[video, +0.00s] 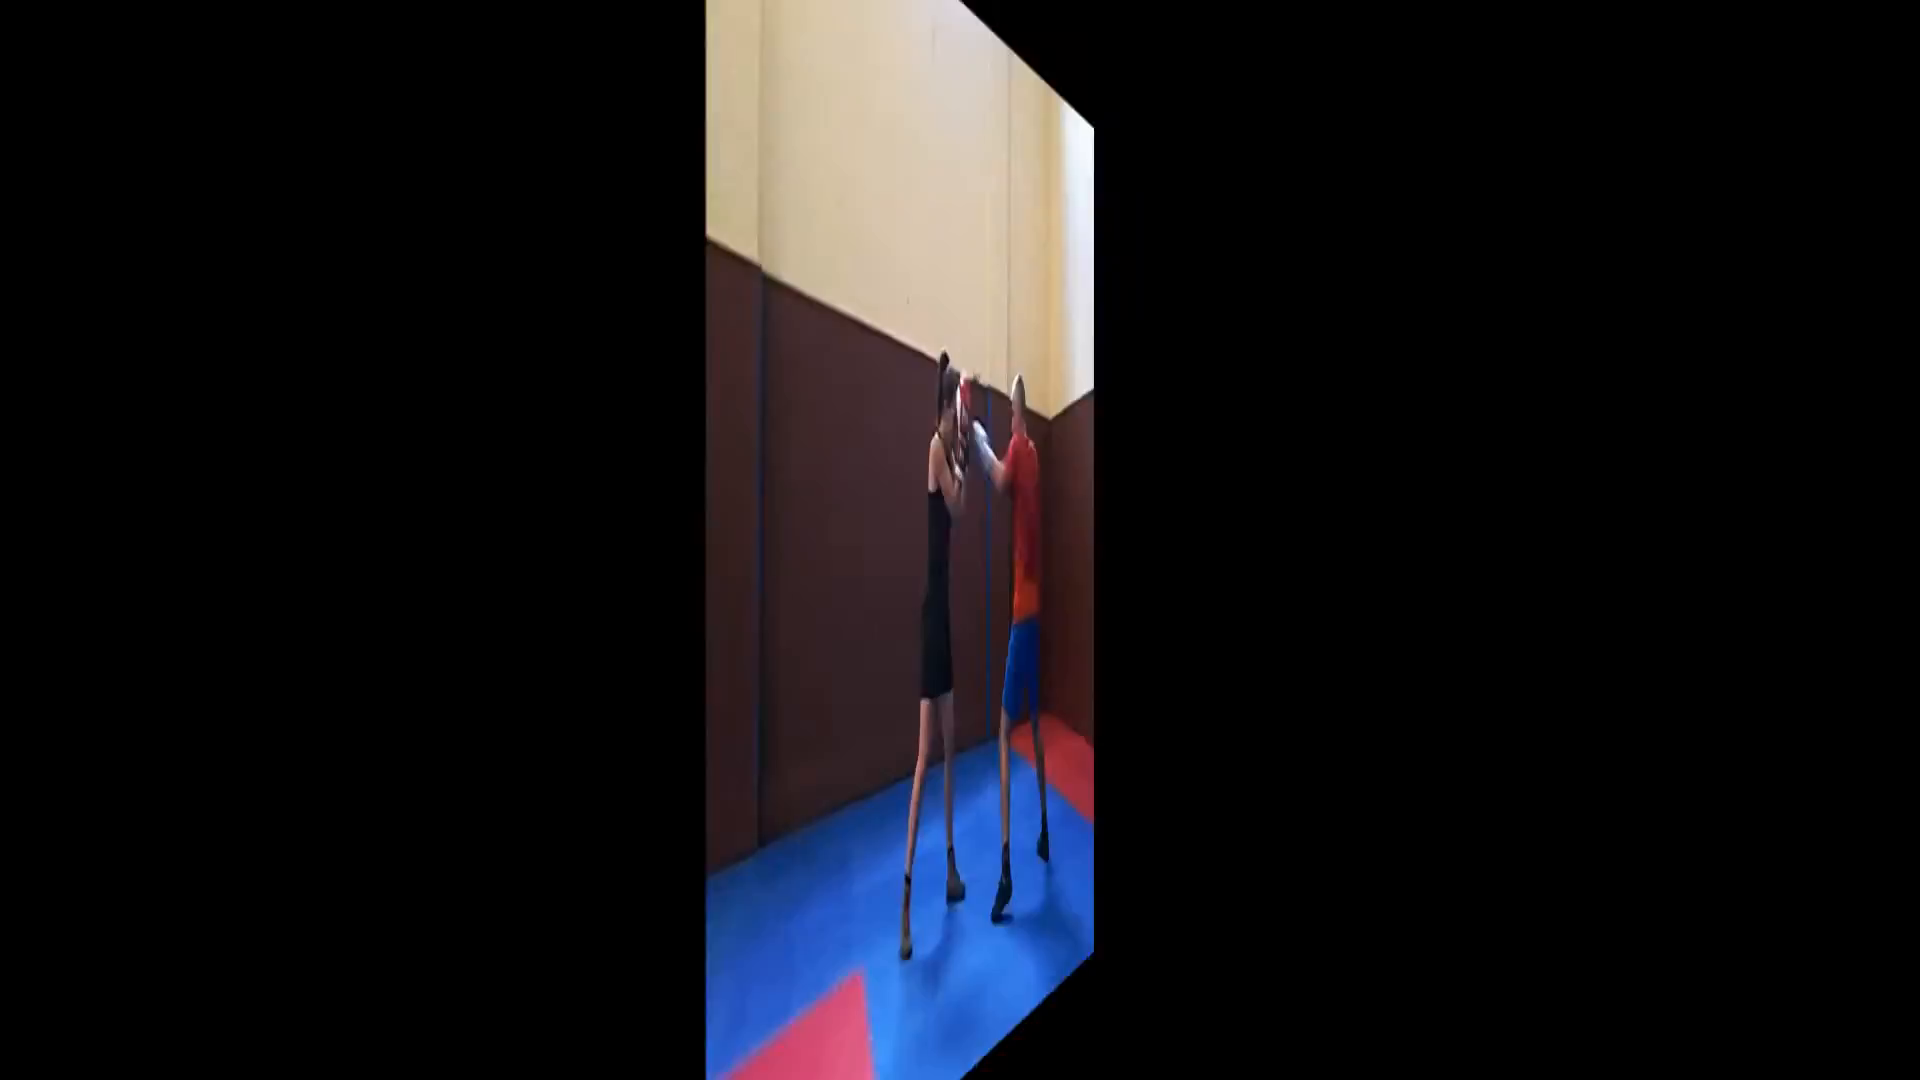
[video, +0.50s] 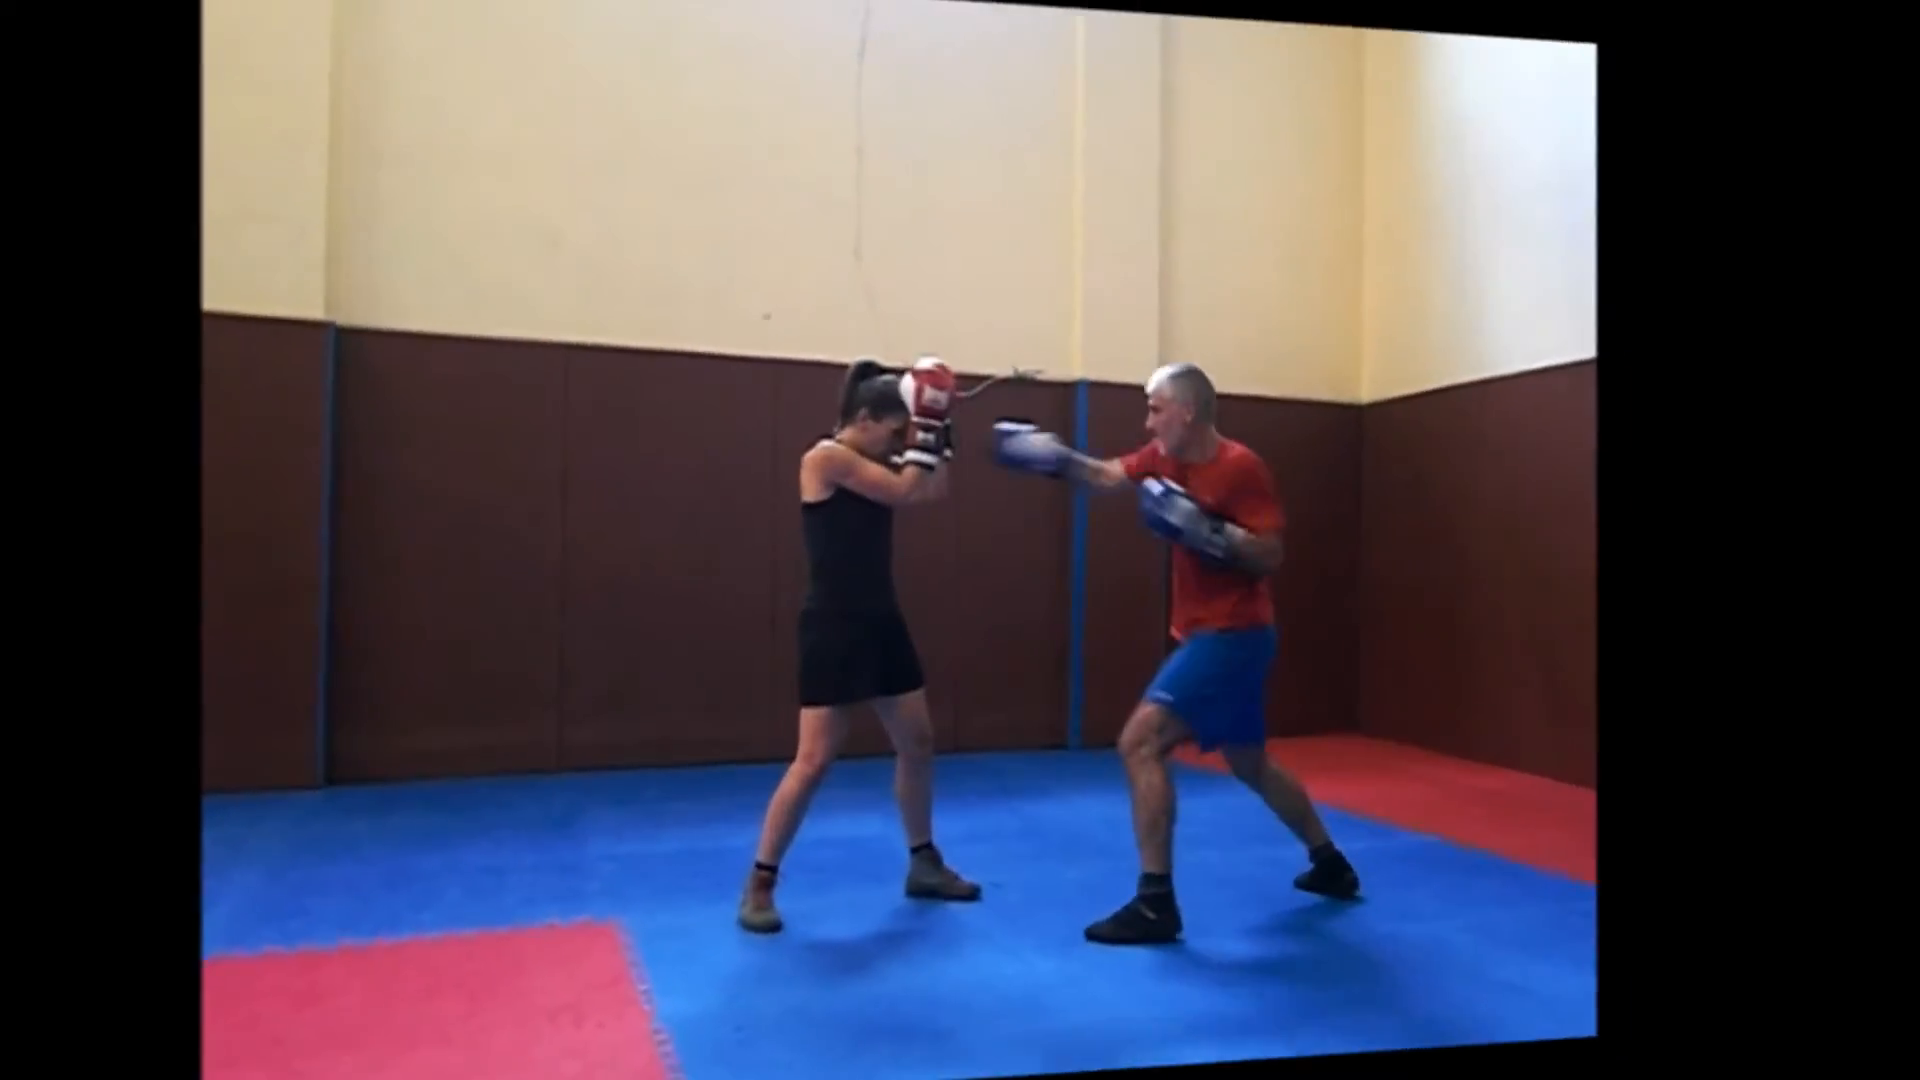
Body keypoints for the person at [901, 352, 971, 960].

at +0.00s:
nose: (966, 418)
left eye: (968, 410)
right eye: (960, 407)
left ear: (969, 424)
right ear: (947, 411)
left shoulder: (966, 460)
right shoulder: (938, 459)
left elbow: (994, 488)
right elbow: (959, 501)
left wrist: (979, 440)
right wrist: (960, 447)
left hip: (949, 619)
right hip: (933, 620)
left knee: (949, 748)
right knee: (925, 753)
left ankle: (949, 857)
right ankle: (908, 867)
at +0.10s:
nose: (952, 425)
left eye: (954, 416)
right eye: (947, 414)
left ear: (942, 419)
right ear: (928, 413)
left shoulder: (932, 456)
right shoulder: (915, 451)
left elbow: (959, 490)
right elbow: (951, 493)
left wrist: (970, 439)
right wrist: (962, 443)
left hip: (924, 619)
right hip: (910, 620)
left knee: (940, 745)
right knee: (895, 755)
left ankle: (944, 866)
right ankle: (864, 890)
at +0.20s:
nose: (935, 432)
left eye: (938, 422)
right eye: (930, 422)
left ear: (924, 418)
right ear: (907, 414)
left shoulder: (911, 457)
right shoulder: (888, 453)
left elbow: (954, 489)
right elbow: (941, 489)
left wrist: (957, 428)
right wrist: (954, 432)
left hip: (912, 618)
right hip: (886, 619)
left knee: (936, 740)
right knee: (865, 759)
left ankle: (938, 864)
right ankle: (827, 892)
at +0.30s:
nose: (921, 434)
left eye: (924, 425)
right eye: (917, 424)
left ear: (908, 419)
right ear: (891, 416)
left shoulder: (893, 458)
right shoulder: (863, 454)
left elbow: (942, 486)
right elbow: (928, 490)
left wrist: (949, 432)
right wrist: (947, 436)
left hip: (899, 620)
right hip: (863, 623)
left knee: (929, 739)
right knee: (841, 762)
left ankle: (931, 865)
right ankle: (796, 893)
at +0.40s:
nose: (908, 437)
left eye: (911, 427)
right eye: (904, 426)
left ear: (892, 421)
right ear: (877, 417)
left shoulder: (878, 460)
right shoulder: (843, 456)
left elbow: (927, 485)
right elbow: (917, 489)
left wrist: (940, 438)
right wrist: (938, 441)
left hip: (887, 622)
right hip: (844, 624)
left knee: (922, 740)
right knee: (822, 762)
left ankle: (928, 865)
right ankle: (773, 889)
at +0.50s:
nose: (898, 439)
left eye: (901, 430)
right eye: (892, 428)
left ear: (885, 424)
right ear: (862, 418)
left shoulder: (868, 463)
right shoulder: (826, 459)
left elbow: (931, 485)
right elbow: (904, 489)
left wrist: (937, 431)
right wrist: (927, 432)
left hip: (879, 623)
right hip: (833, 626)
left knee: (917, 740)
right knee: (812, 761)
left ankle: (924, 865)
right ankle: (760, 884)